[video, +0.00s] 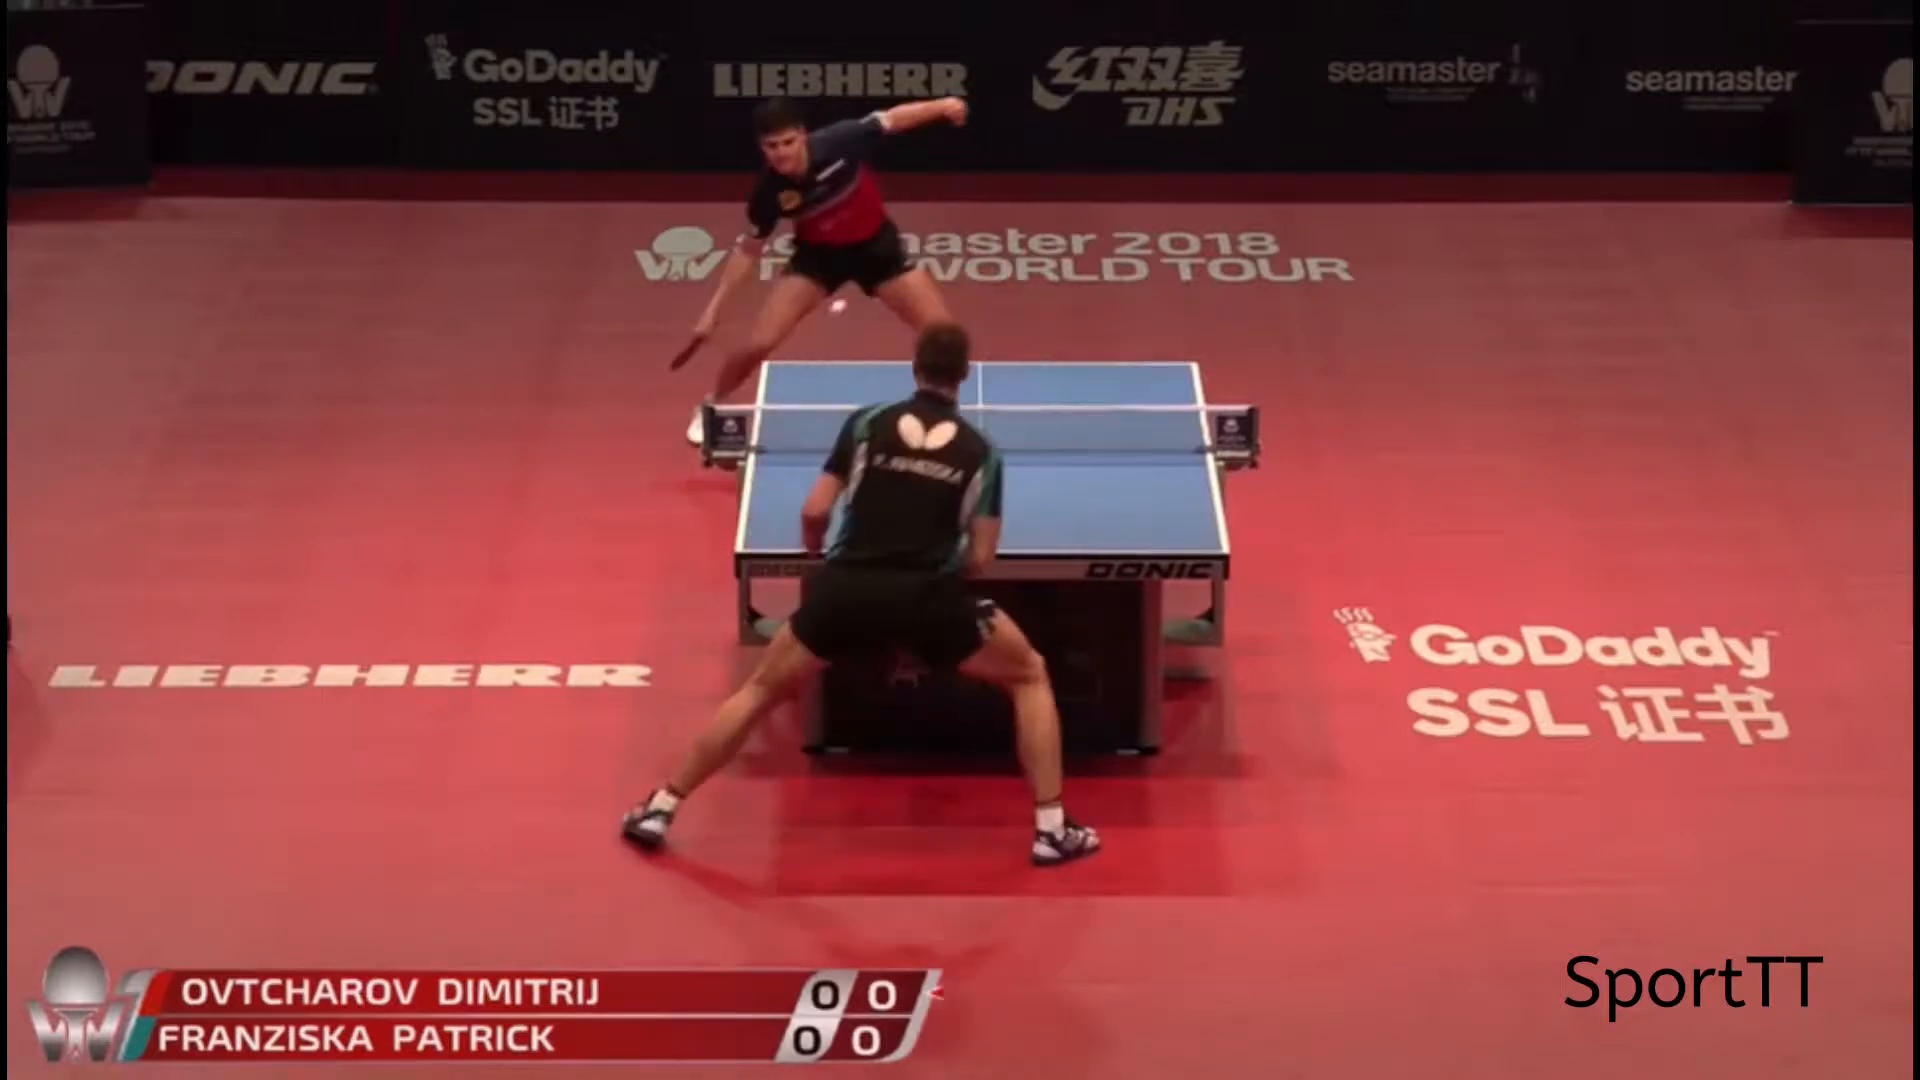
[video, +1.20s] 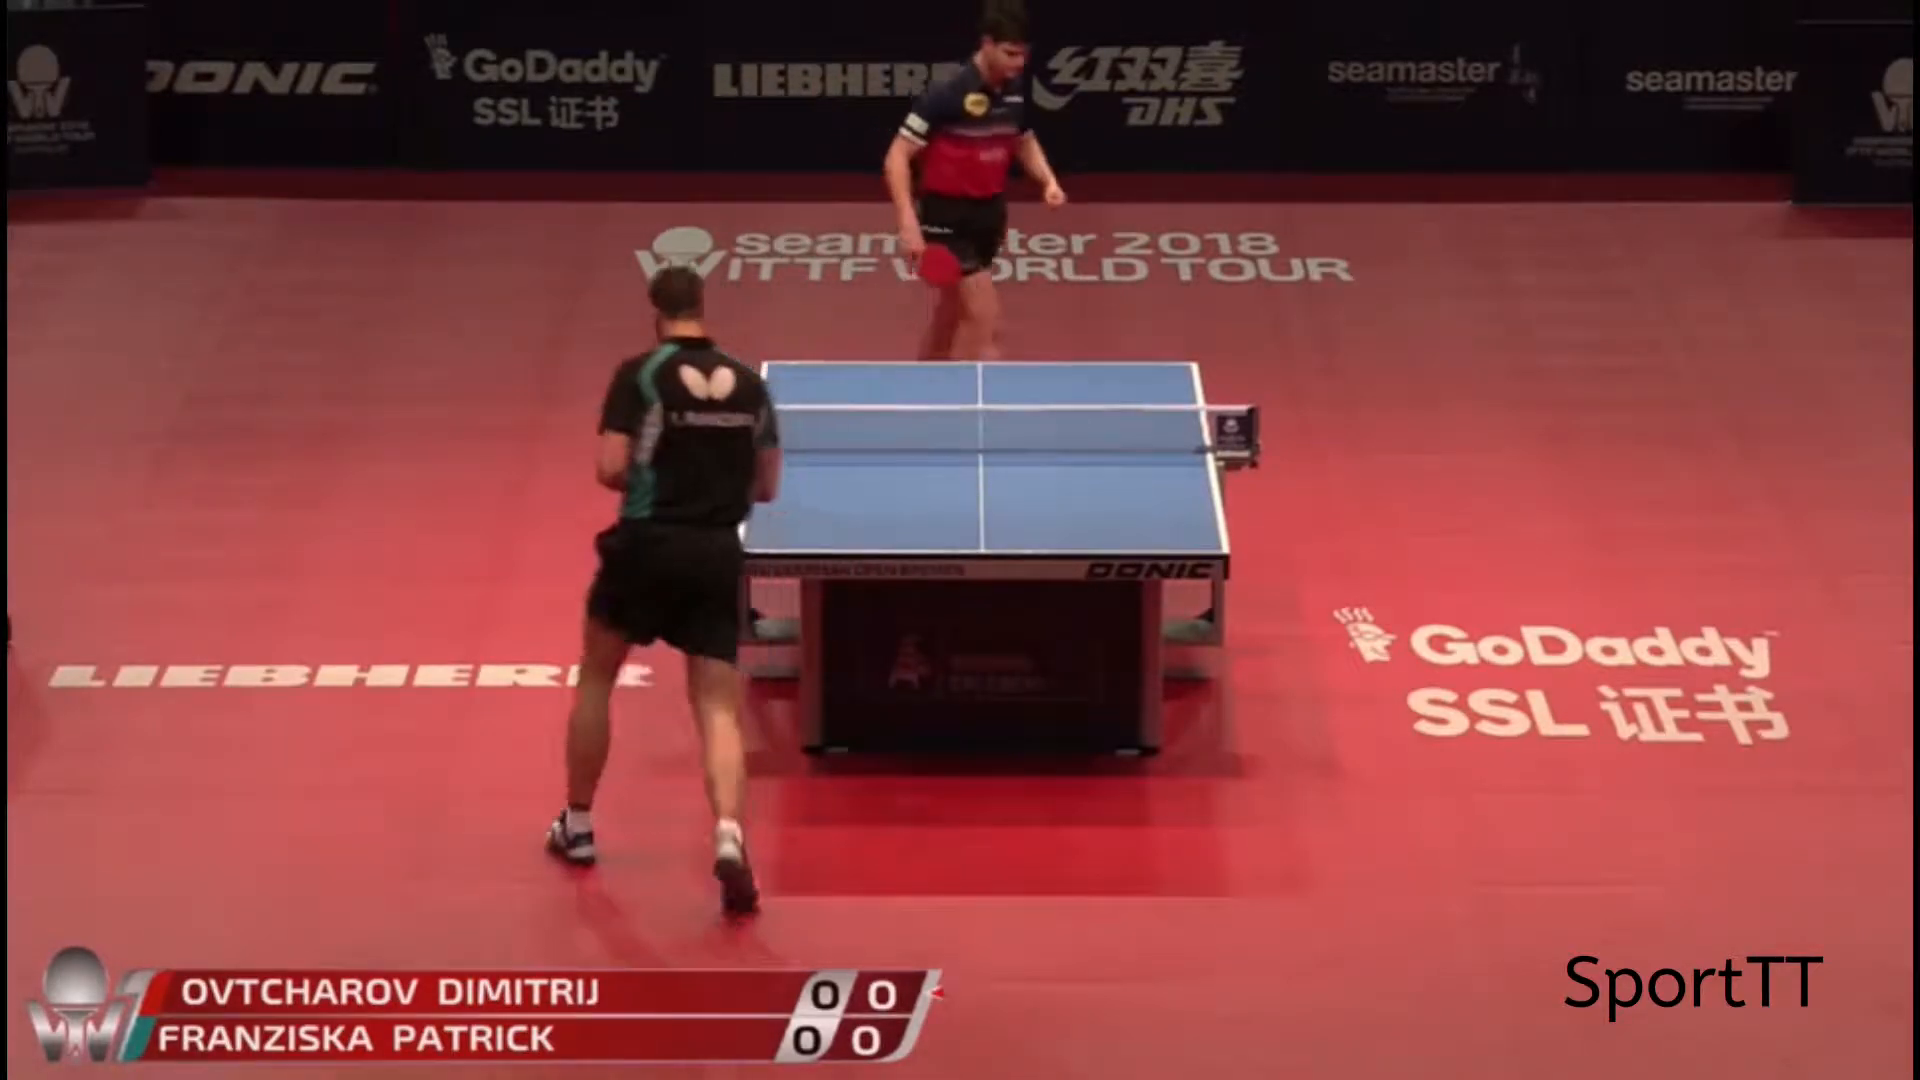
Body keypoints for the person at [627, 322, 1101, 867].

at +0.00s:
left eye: (933, 363)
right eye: (951, 368)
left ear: (915, 368)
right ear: (964, 377)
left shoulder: (866, 423)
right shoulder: (982, 452)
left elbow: (815, 511)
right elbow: (979, 559)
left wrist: (820, 558)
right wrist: (926, 570)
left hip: (845, 590)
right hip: (931, 598)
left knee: (758, 692)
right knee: (1028, 675)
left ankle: (661, 809)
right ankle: (1052, 828)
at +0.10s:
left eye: (929, 344)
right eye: (952, 348)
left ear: (917, 352)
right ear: (966, 361)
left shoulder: (873, 409)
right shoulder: (990, 435)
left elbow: (827, 497)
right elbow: (993, 542)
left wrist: (830, 538)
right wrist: (945, 547)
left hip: (856, 580)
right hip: (940, 588)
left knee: (764, 690)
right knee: (1027, 676)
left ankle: (676, 805)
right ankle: (1052, 825)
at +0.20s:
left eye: (892, 287)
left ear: (891, 296)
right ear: (945, 297)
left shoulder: (853, 360)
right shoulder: (975, 367)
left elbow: (827, 449)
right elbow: (1015, 473)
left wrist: (855, 482)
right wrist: (1008, 535)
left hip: (861, 536)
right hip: (943, 540)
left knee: (818, 674)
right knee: (996, 679)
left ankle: (790, 823)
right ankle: (1030, 833)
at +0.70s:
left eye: (803, 297)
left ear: (800, 305)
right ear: (855, 301)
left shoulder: (773, 381)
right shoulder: (893, 377)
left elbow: (753, 469)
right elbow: (933, 474)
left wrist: (793, 481)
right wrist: (922, 502)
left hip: (800, 560)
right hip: (877, 555)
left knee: (796, 708)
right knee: (927, 696)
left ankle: (806, 850)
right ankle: (960, 841)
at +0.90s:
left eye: (745, 273)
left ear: (741, 280)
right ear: (795, 274)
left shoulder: (720, 344)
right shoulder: (843, 347)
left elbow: (696, 436)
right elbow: (873, 446)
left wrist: (724, 458)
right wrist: (825, 464)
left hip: (737, 522)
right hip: (813, 523)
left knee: (715, 670)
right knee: (799, 684)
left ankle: (712, 819)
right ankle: (772, 837)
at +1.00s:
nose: (719, 311)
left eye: (715, 301)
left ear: (716, 305)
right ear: (767, 298)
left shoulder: (704, 368)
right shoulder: (822, 373)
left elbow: (679, 459)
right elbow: (845, 472)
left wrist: (710, 476)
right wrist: (792, 480)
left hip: (711, 545)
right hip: (787, 550)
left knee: (667, 686)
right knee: (764, 711)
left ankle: (640, 836)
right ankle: (736, 868)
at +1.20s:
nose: (660, 319)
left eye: (655, 309)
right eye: (679, 304)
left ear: (656, 311)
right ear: (704, 308)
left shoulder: (637, 374)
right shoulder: (750, 383)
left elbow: (611, 468)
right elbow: (766, 486)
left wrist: (649, 470)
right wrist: (715, 476)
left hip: (642, 550)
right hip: (717, 556)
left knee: (596, 680)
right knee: (719, 705)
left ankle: (577, 822)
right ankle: (729, 834)